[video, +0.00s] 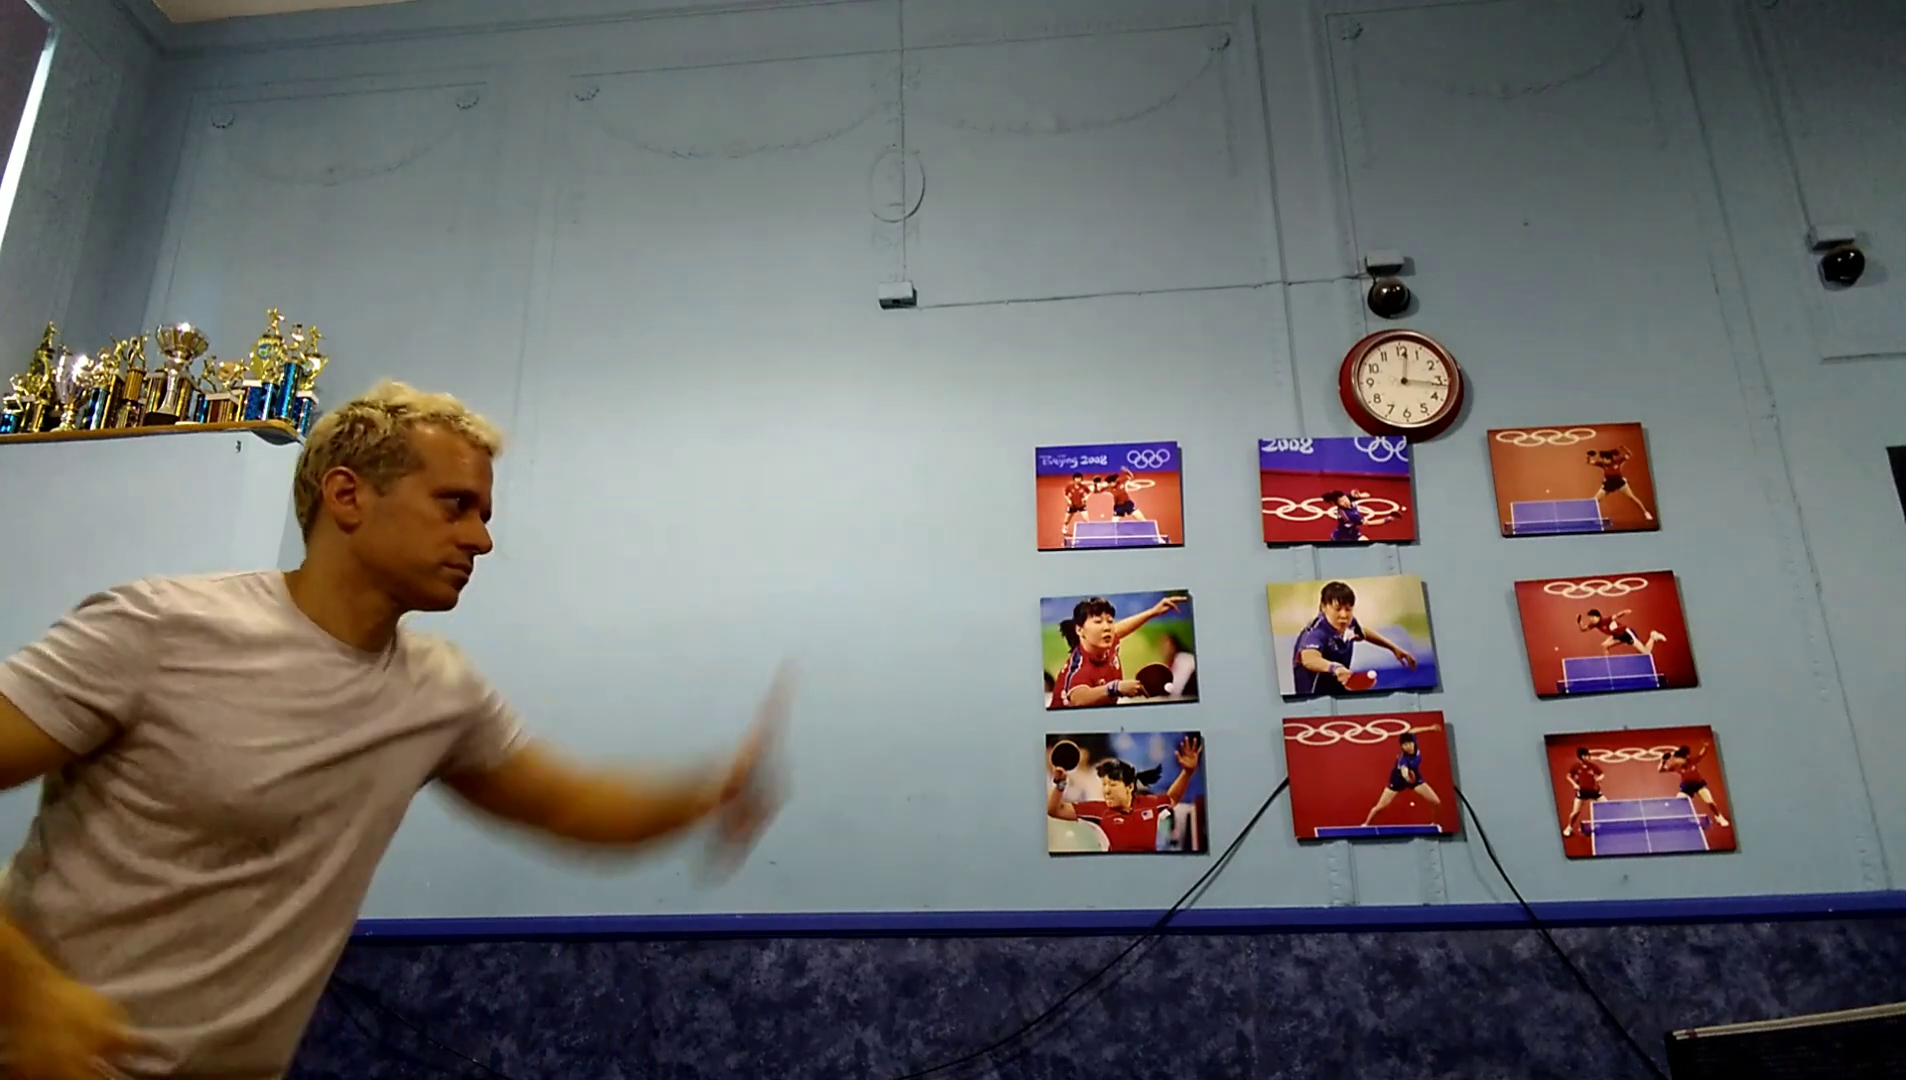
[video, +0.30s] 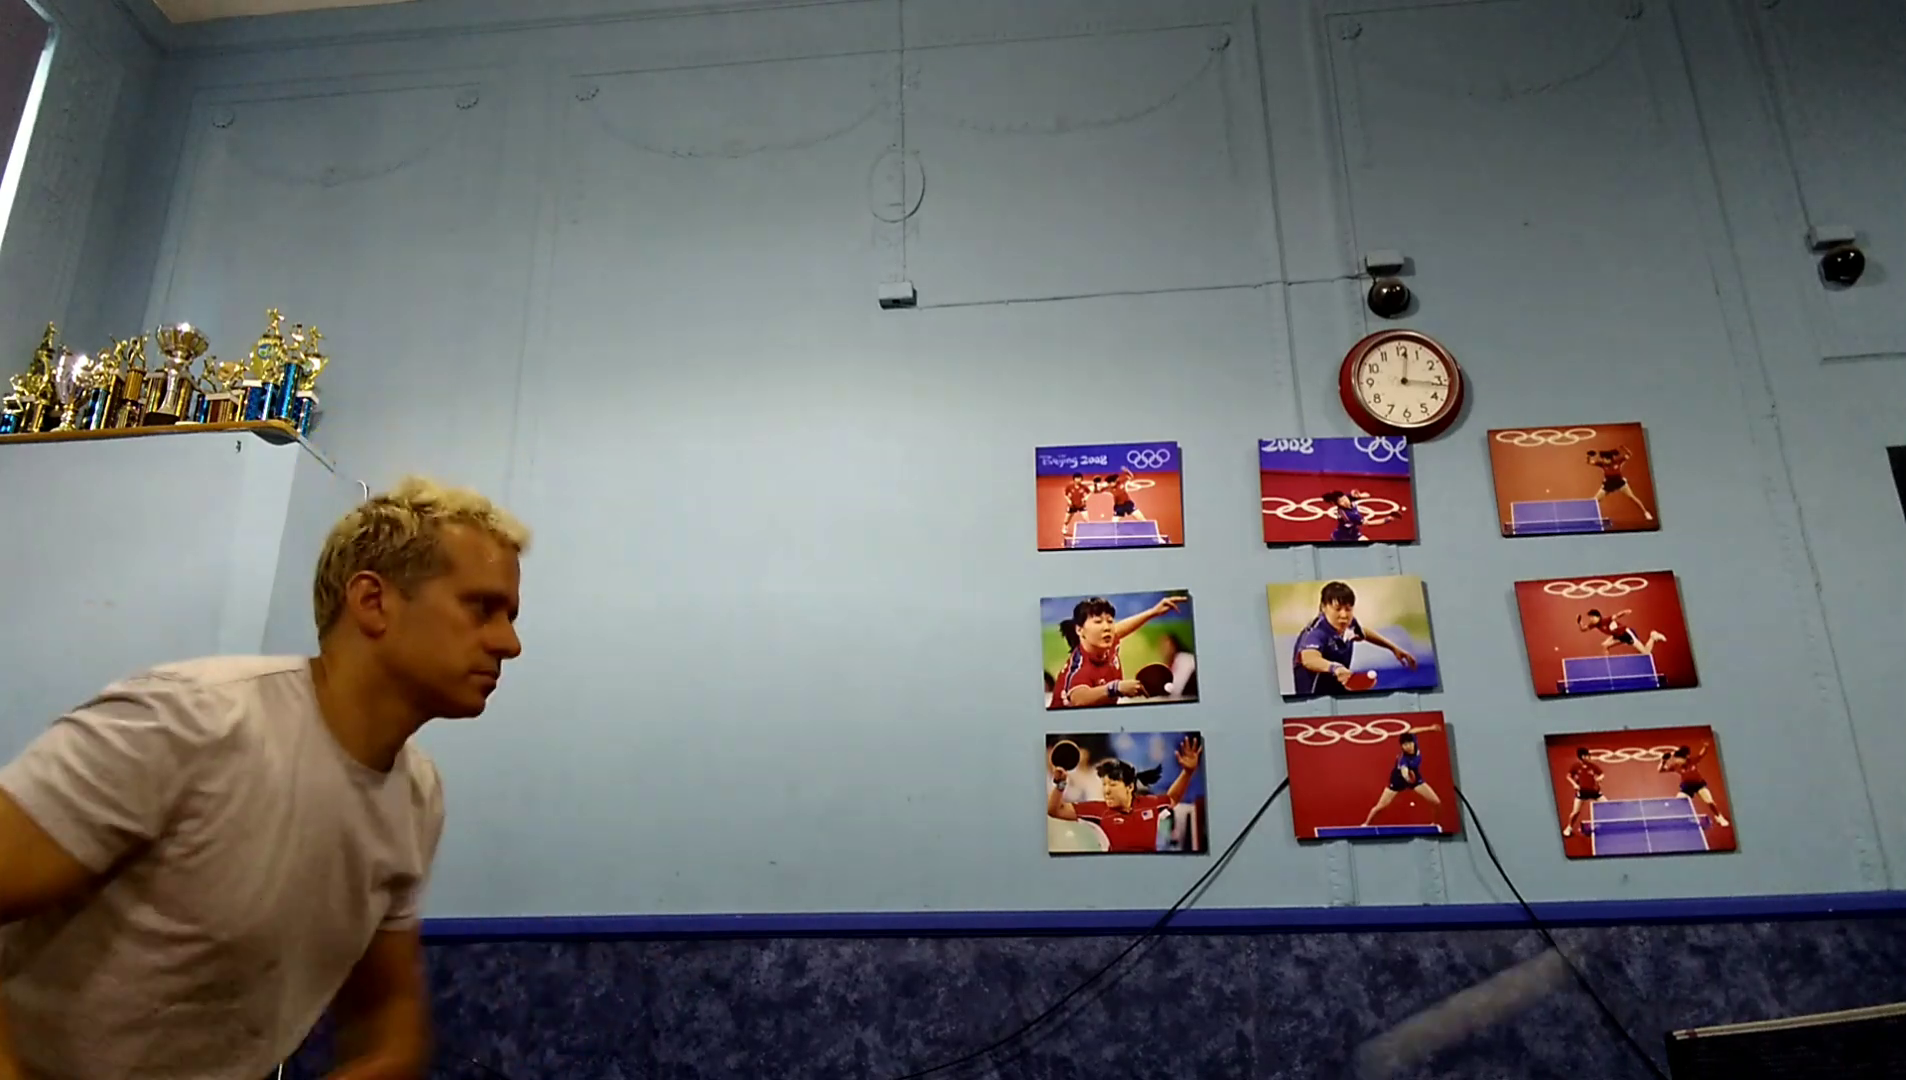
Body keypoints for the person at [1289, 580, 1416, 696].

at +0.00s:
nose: (1344, 615)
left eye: (1348, 609)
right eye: (1338, 609)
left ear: (1353, 609)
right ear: (1324, 608)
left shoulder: (1349, 624)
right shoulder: (1315, 633)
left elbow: (1364, 634)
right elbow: (1309, 660)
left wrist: (1395, 649)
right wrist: (1335, 668)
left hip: (1341, 705)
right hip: (1313, 709)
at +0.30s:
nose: (1344, 615)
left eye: (1348, 609)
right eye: (1338, 609)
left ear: (1353, 609)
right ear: (1324, 608)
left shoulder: (1349, 624)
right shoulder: (1315, 633)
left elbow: (1364, 634)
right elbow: (1309, 660)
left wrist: (1395, 649)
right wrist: (1335, 668)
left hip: (1341, 705)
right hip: (1313, 709)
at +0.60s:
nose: (1344, 615)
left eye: (1348, 609)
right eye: (1338, 609)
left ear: (1353, 609)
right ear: (1324, 608)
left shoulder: (1349, 624)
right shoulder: (1315, 633)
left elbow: (1364, 634)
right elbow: (1309, 660)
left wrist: (1395, 649)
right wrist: (1335, 668)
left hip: (1341, 705)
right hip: (1314, 709)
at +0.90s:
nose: (1344, 615)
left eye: (1348, 609)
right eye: (1338, 609)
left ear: (1353, 609)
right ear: (1324, 608)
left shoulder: (1349, 624)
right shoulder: (1315, 632)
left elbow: (1364, 634)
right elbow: (1309, 660)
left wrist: (1395, 649)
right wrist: (1335, 668)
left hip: (1341, 705)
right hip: (1314, 708)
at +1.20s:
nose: (1344, 615)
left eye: (1348, 609)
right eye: (1338, 609)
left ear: (1353, 609)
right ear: (1324, 608)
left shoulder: (1349, 624)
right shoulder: (1315, 632)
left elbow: (1364, 634)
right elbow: (1309, 660)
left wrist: (1395, 649)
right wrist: (1335, 668)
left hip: (1341, 705)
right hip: (1314, 708)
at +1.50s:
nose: (1344, 615)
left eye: (1348, 609)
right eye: (1338, 609)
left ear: (1353, 609)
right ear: (1324, 608)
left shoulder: (1349, 624)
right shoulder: (1316, 633)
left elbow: (1364, 634)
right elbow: (1309, 660)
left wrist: (1395, 649)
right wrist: (1335, 668)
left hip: (1340, 704)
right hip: (1314, 708)